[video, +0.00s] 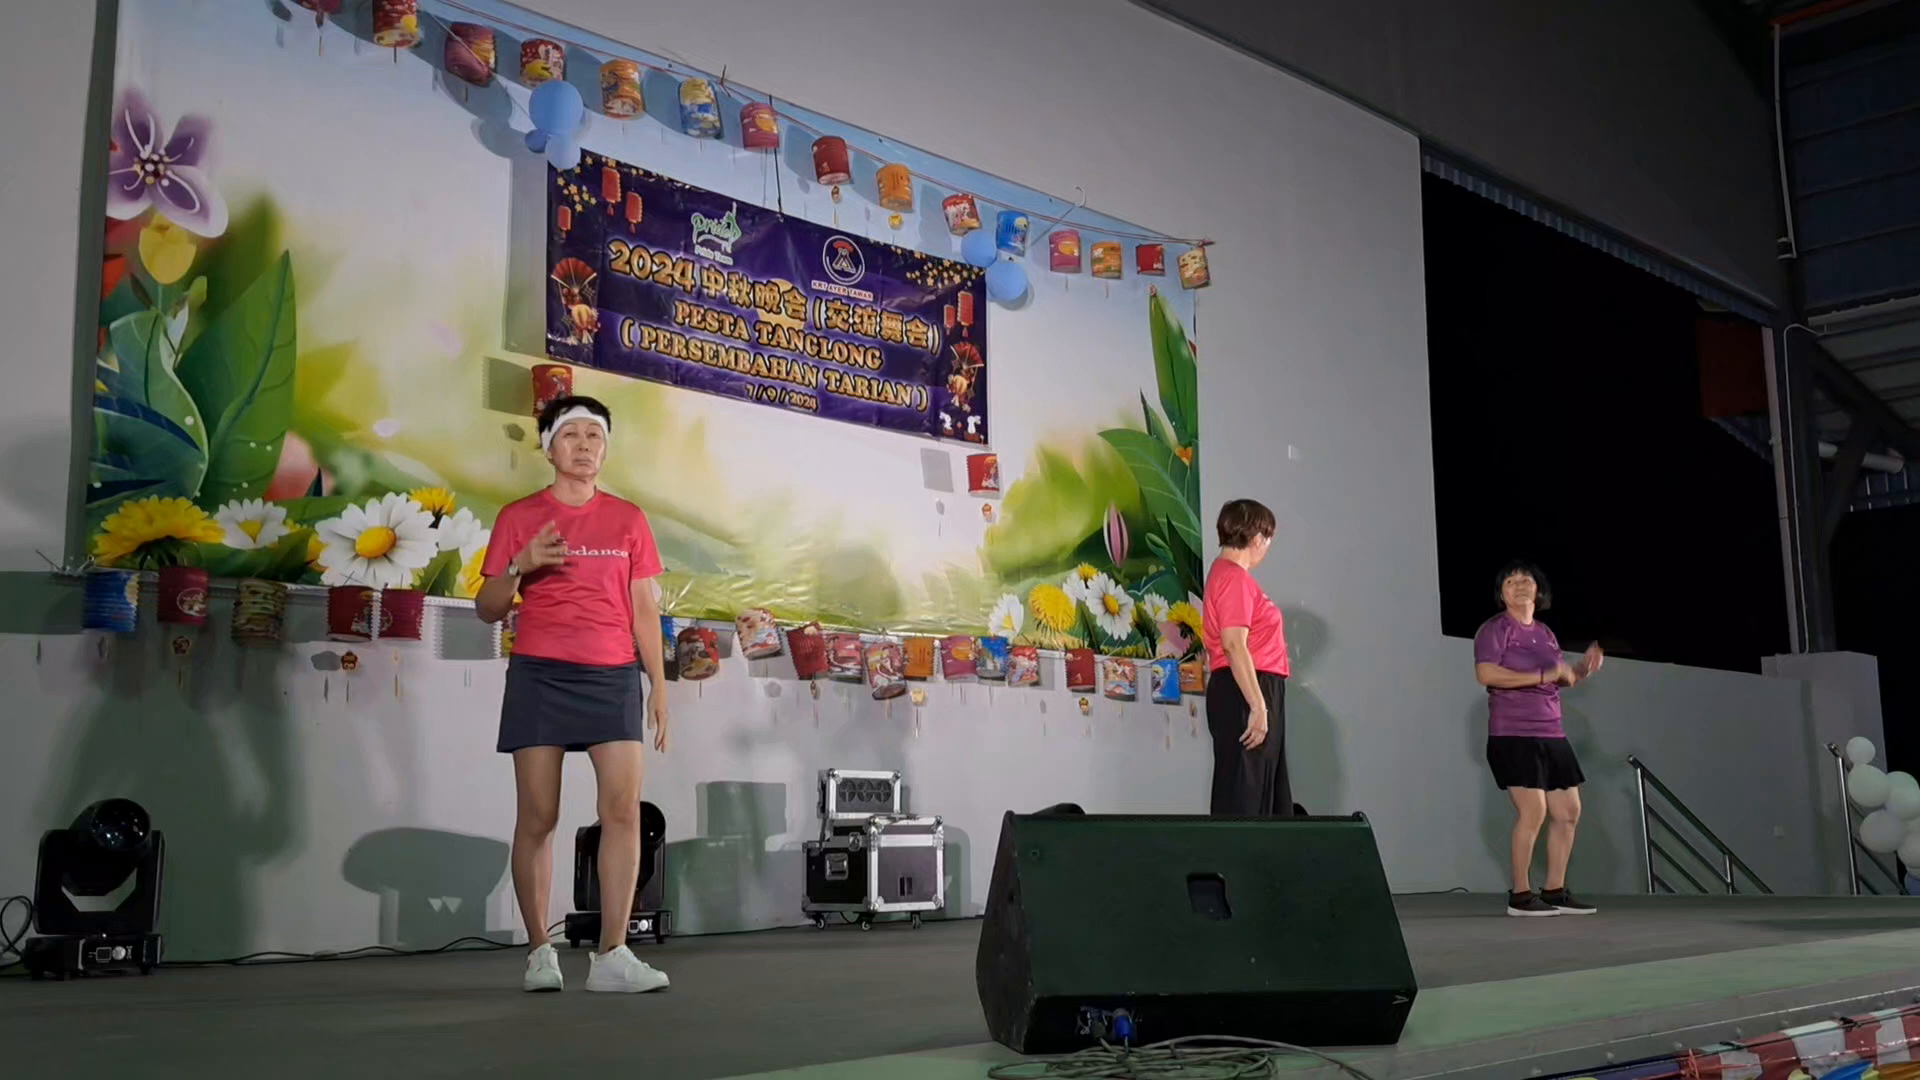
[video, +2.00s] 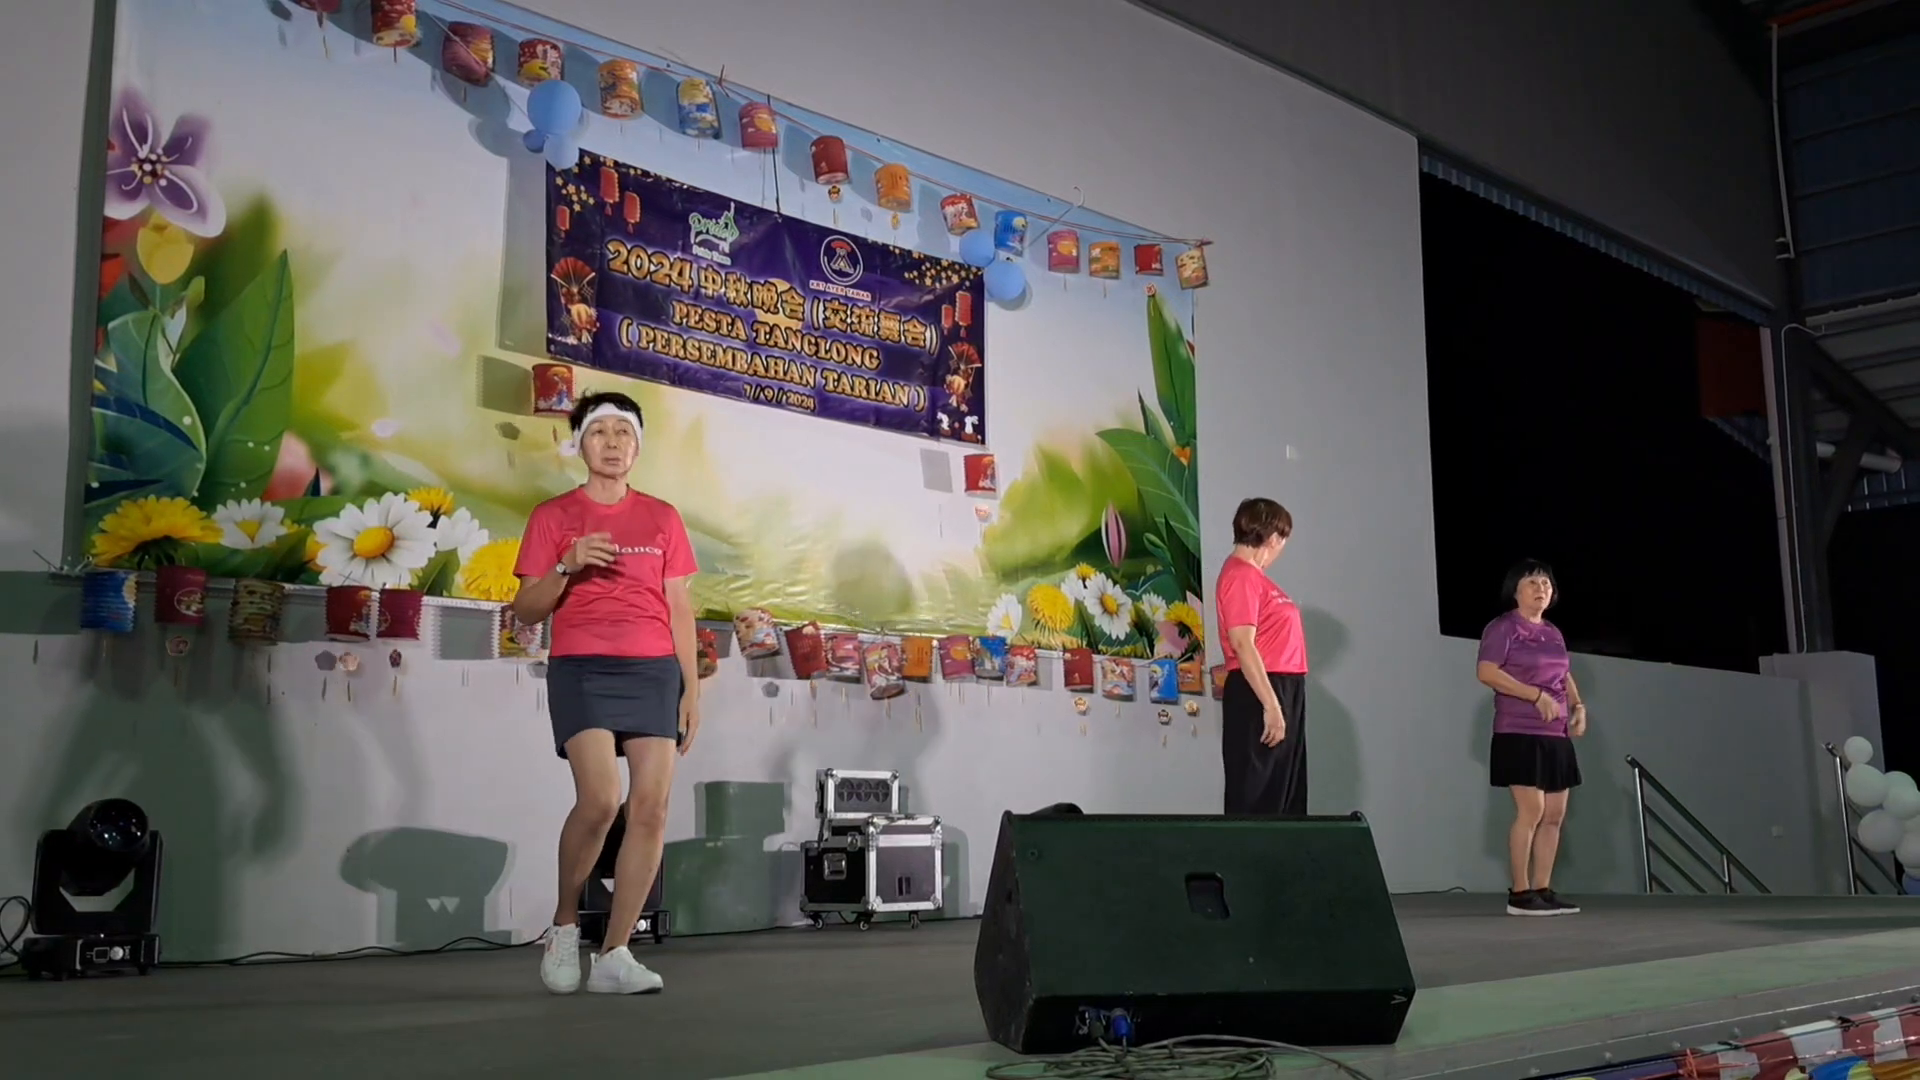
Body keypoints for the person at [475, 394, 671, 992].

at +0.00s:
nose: (583, 444)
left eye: (594, 436)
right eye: (572, 435)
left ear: (606, 449)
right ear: (549, 447)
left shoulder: (628, 519)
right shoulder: (519, 516)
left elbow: (646, 610)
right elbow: (489, 608)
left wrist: (658, 684)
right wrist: (522, 567)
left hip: (614, 678)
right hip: (539, 676)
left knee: (623, 808)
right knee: (538, 817)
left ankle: (612, 952)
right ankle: (541, 949)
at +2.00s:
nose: (612, 441)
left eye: (624, 432)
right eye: (599, 431)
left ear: (638, 447)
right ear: (580, 445)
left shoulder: (663, 517)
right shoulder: (553, 515)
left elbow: (681, 607)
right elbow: (527, 608)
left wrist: (691, 686)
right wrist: (567, 566)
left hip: (657, 672)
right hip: (580, 669)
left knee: (653, 807)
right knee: (600, 800)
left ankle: (615, 952)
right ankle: (564, 928)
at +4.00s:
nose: (590, 450)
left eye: (596, 442)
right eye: (577, 440)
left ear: (602, 454)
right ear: (546, 451)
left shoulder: (617, 522)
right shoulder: (522, 517)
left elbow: (627, 610)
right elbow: (517, 603)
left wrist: (630, 675)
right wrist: (582, 562)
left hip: (609, 677)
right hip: (540, 677)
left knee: (630, 794)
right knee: (540, 815)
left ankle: (620, 941)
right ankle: (542, 948)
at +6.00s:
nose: (624, 439)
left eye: (629, 431)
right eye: (610, 430)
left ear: (635, 447)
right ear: (579, 445)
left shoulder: (657, 516)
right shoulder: (553, 513)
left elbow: (675, 612)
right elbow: (528, 600)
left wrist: (684, 694)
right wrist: (588, 629)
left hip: (654, 674)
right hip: (578, 674)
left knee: (645, 812)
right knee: (565, 818)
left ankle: (620, 952)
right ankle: (545, 949)